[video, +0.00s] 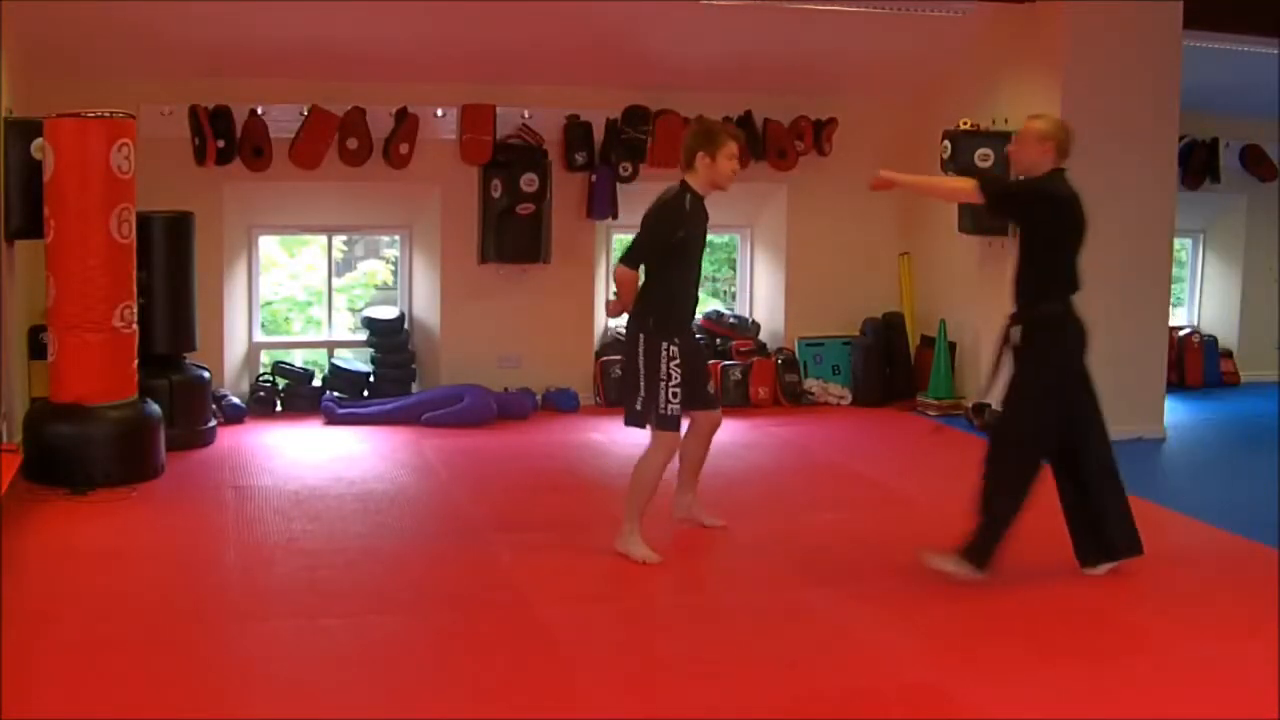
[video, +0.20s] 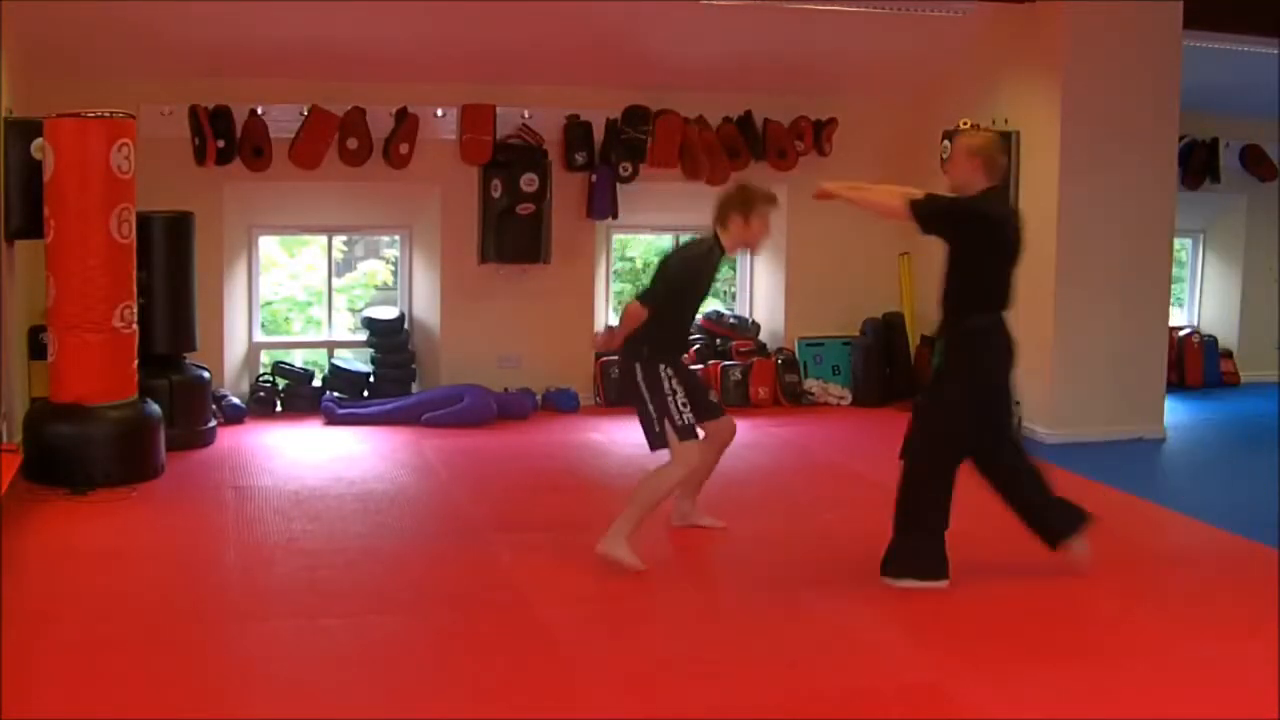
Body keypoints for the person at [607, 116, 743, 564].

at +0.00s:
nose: (738, 168)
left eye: (739, 160)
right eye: (732, 159)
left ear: (707, 161)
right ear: (703, 158)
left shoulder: (697, 206)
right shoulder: (672, 204)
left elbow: (666, 266)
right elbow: (625, 268)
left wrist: (631, 298)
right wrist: (626, 301)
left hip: (680, 333)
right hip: (656, 334)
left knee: (708, 417)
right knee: (666, 438)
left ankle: (685, 504)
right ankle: (629, 532)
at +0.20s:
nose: (767, 231)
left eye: (768, 223)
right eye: (763, 221)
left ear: (737, 221)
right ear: (737, 219)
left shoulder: (708, 256)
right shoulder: (695, 257)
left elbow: (659, 304)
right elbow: (639, 308)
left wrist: (620, 335)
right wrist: (616, 338)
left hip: (669, 358)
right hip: (648, 360)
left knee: (722, 431)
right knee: (688, 456)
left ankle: (686, 510)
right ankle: (616, 537)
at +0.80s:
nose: (751, 191)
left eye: (753, 180)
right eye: (749, 179)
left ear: (715, 175)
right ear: (725, 175)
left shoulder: (682, 212)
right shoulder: (684, 221)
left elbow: (626, 283)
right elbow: (630, 292)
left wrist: (604, 323)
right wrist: (601, 327)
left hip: (643, 353)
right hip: (644, 357)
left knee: (654, 473)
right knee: (679, 477)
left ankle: (614, 559)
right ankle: (600, 561)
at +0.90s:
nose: (748, 173)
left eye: (749, 163)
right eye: (747, 162)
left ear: (705, 156)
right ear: (727, 158)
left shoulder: (669, 198)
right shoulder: (691, 206)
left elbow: (621, 271)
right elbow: (641, 279)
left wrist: (617, 320)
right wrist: (618, 323)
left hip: (640, 354)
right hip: (664, 356)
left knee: (656, 470)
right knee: (705, 477)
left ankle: (604, 577)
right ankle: (635, 587)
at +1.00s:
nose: (748, 185)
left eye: (747, 174)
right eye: (746, 174)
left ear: (698, 170)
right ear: (727, 172)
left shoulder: (670, 218)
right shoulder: (700, 224)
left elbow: (618, 288)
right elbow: (659, 302)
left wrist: (614, 344)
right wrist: (635, 348)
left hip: (642, 378)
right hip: (681, 378)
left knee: (640, 500)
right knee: (725, 503)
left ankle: (594, 616)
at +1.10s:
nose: (761, 199)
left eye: (760, 188)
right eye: (757, 188)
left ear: (707, 190)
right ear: (740, 191)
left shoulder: (674, 242)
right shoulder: (728, 255)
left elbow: (625, 322)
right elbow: (701, 335)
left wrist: (631, 369)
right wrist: (650, 379)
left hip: (656, 406)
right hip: (700, 408)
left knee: (657, 519)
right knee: (757, 526)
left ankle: (597, 620)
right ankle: (762, 663)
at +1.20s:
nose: (793, 199)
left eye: (790, 189)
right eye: (786, 190)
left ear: (730, 191)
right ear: (764, 195)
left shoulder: (701, 250)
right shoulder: (765, 260)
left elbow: (647, 329)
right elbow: (744, 343)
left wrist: (662, 378)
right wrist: (688, 385)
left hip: (694, 408)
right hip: (742, 410)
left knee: (666, 520)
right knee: (803, 537)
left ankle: (600, 617)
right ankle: (775, 675)